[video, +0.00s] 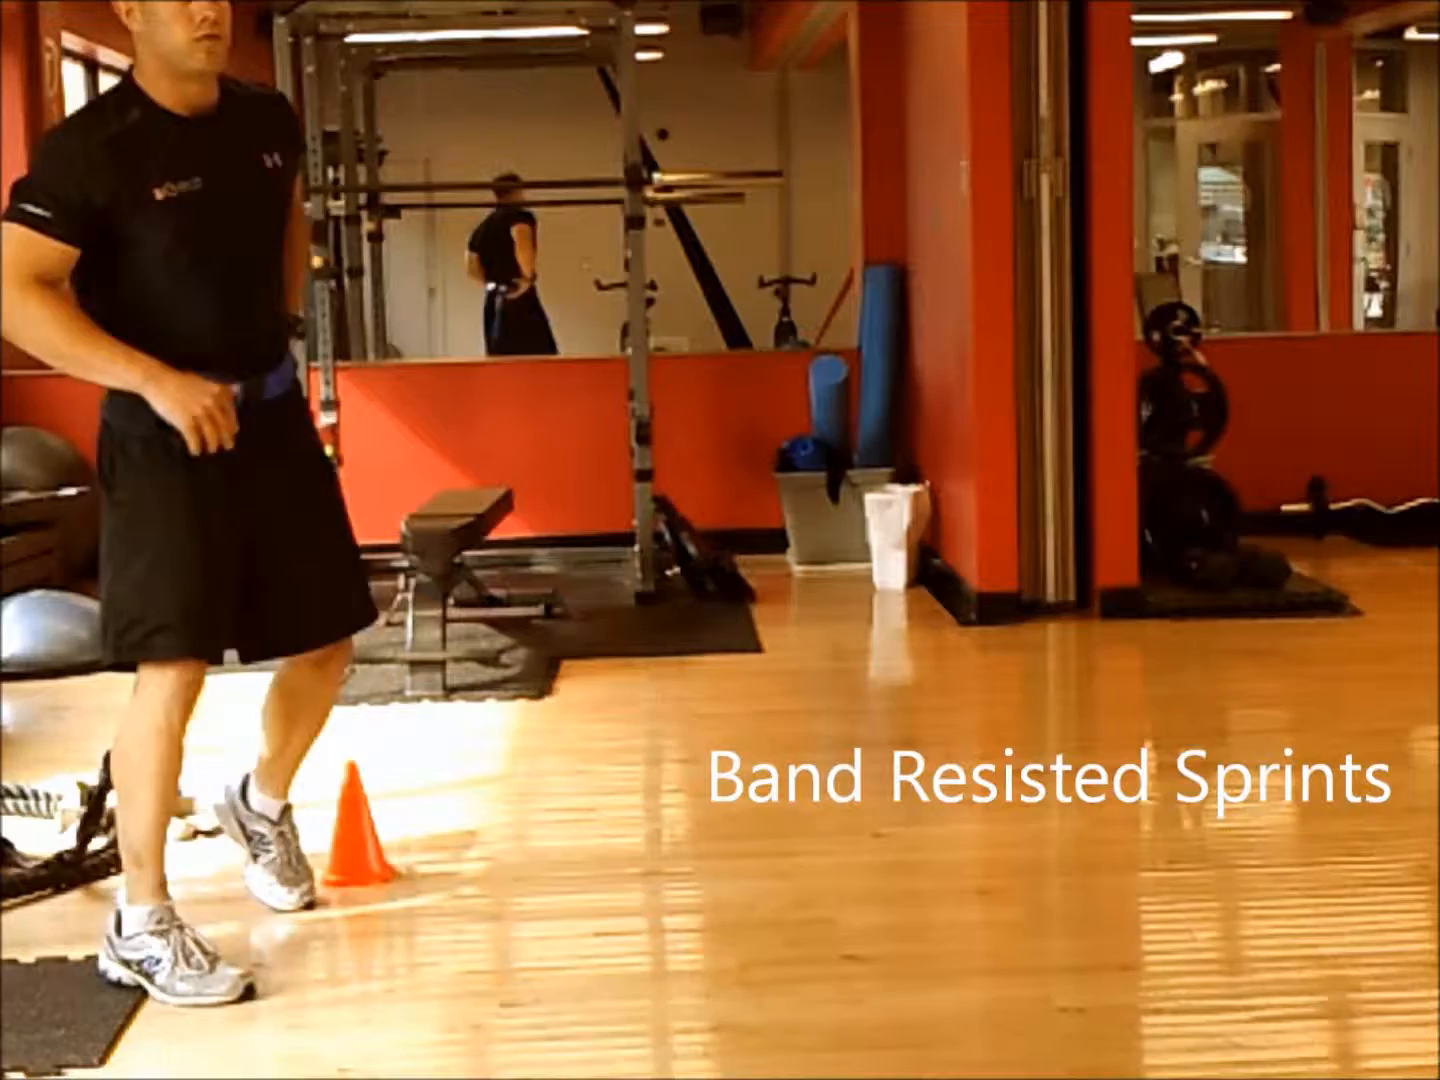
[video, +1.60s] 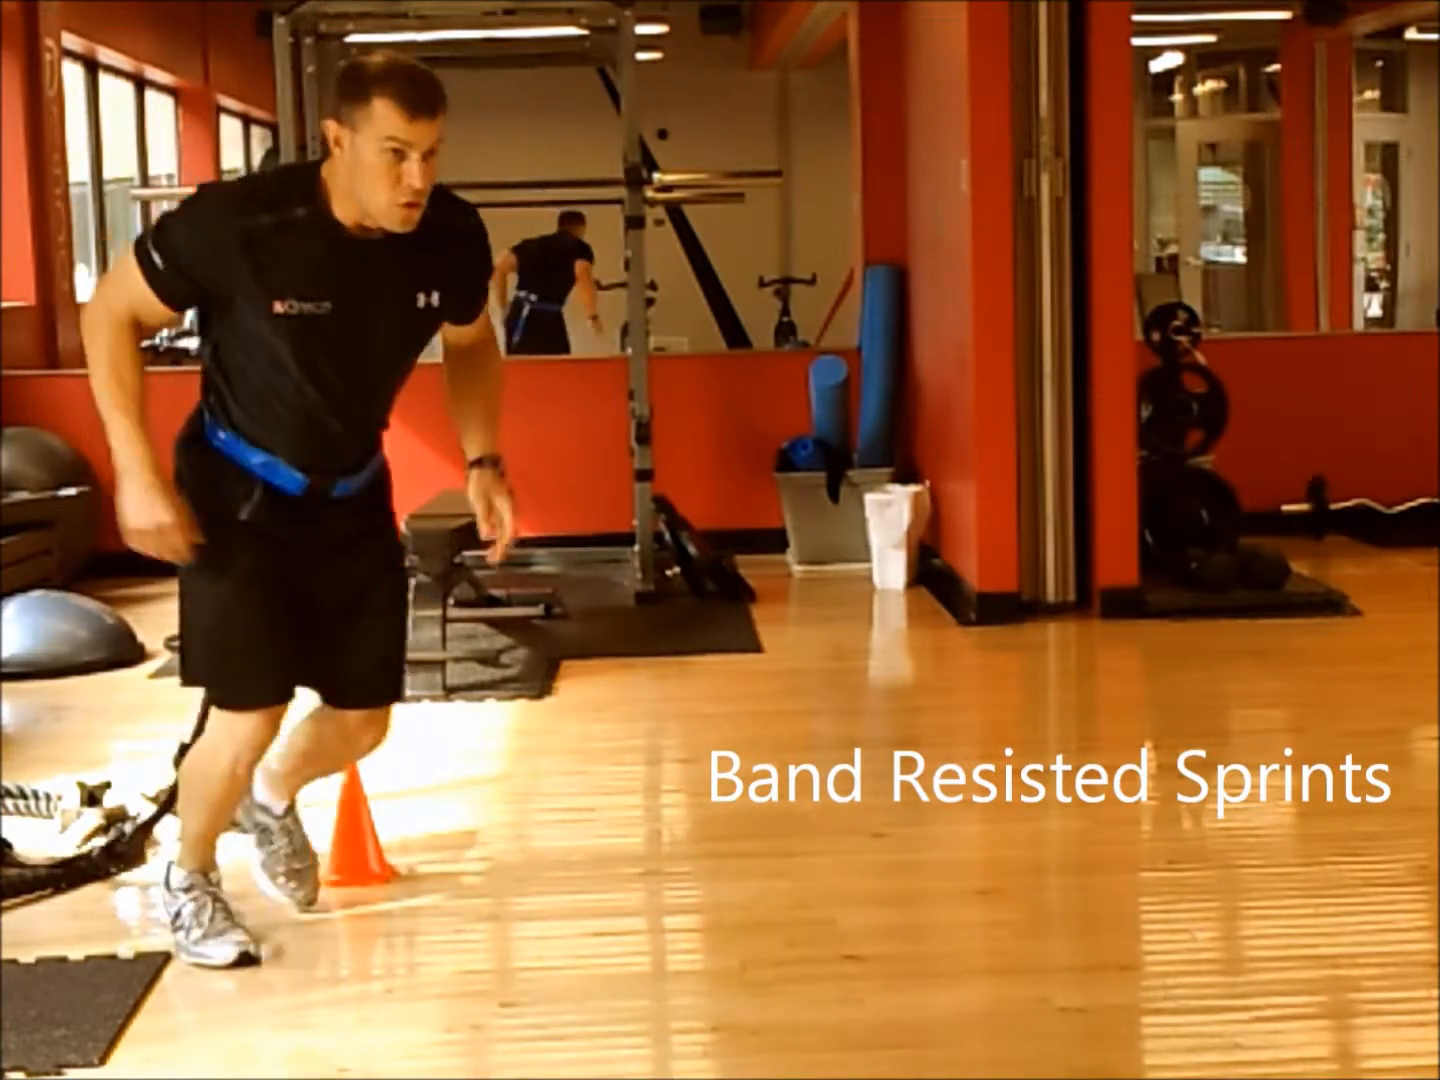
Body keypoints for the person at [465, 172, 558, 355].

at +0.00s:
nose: (523, 195)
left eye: (521, 190)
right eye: (520, 190)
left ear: (497, 194)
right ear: (515, 192)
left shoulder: (483, 226)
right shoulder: (520, 216)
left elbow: (472, 267)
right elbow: (522, 242)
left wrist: (494, 281)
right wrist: (529, 276)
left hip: (495, 297)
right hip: (521, 294)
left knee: (500, 355)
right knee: (536, 354)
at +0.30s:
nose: (528, 196)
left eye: (524, 192)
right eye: (526, 192)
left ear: (503, 196)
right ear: (525, 195)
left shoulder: (485, 227)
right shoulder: (534, 222)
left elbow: (464, 268)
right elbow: (542, 246)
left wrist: (476, 304)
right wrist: (540, 282)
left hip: (496, 298)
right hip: (528, 296)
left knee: (504, 360)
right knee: (532, 359)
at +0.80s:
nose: (538, 197)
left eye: (537, 193)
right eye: (537, 193)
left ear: (512, 194)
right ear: (533, 195)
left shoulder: (489, 223)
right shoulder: (537, 224)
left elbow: (465, 263)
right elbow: (547, 261)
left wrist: (472, 304)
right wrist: (563, 296)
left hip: (494, 299)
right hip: (524, 300)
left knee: (498, 359)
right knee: (528, 359)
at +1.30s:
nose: (557, 210)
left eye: (555, 204)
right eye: (556, 205)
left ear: (535, 203)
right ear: (554, 206)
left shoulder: (506, 227)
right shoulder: (557, 235)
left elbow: (473, 259)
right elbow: (564, 273)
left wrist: (473, 301)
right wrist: (579, 305)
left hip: (499, 301)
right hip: (529, 306)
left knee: (510, 363)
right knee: (530, 364)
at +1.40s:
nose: (566, 217)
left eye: (566, 213)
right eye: (566, 213)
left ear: (544, 210)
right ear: (561, 212)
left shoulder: (517, 229)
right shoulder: (564, 237)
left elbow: (476, 252)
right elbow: (573, 272)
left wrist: (469, 294)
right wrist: (587, 297)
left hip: (503, 305)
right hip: (531, 309)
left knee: (516, 363)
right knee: (529, 365)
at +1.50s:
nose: (575, 223)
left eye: (574, 218)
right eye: (574, 218)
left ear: (552, 216)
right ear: (572, 218)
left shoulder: (527, 235)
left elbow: (487, 251)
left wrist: (477, 287)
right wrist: (595, 288)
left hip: (509, 306)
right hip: (537, 312)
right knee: (538, 369)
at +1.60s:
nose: (583, 232)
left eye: (582, 228)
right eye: (582, 228)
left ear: (560, 226)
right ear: (580, 227)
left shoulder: (533, 243)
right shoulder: (580, 248)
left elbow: (500, 267)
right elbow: (582, 274)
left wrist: (501, 305)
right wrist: (592, 314)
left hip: (519, 313)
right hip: (549, 317)